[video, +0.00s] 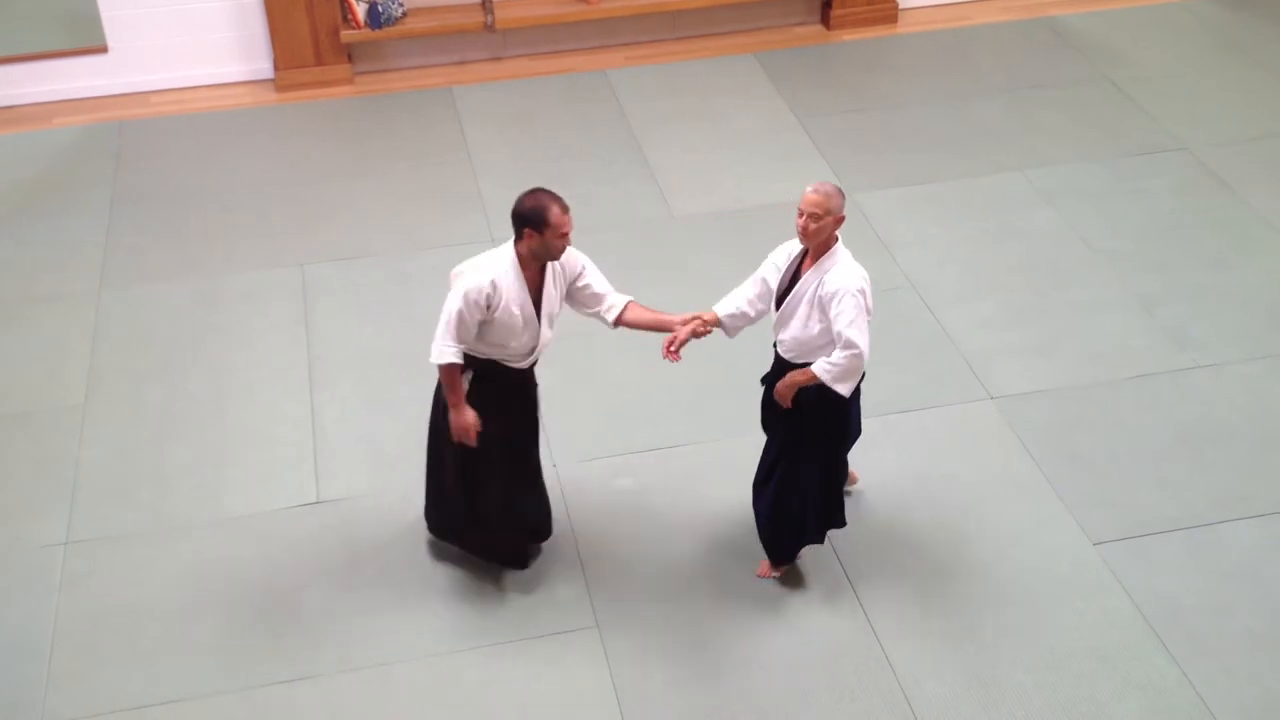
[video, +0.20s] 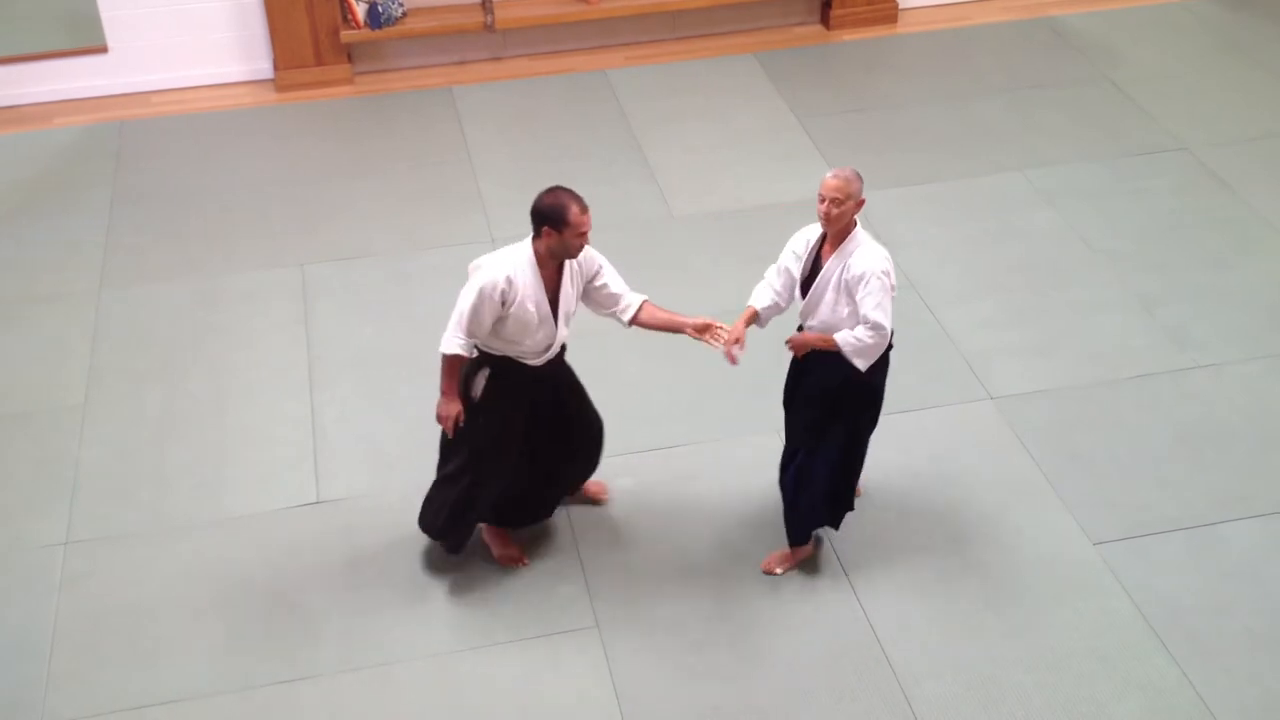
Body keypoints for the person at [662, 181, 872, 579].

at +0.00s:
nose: (803, 224)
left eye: (814, 218)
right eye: (800, 214)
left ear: (837, 223)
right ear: (796, 212)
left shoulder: (847, 281)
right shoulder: (789, 254)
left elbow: (852, 355)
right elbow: (751, 297)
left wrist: (796, 379)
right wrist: (700, 323)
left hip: (821, 391)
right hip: (785, 373)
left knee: (782, 474)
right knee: (792, 441)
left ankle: (782, 555)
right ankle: (838, 474)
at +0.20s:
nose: (824, 209)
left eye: (835, 203)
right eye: (821, 199)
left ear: (858, 206)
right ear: (817, 198)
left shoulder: (871, 262)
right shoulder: (808, 239)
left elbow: (875, 334)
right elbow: (779, 283)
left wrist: (818, 340)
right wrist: (743, 321)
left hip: (852, 368)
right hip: (809, 357)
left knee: (825, 449)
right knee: (800, 441)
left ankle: (803, 544)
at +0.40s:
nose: (852, 201)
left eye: (863, 196)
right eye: (848, 192)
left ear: (884, 198)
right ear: (843, 190)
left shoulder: (899, 251)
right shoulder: (831, 231)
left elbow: (896, 321)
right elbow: (805, 274)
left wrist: (841, 316)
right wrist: (788, 314)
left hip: (884, 347)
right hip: (839, 339)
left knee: (880, 425)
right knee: (813, 410)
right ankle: (822, 482)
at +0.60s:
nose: (889, 195)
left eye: (899, 190)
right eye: (886, 186)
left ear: (922, 193)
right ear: (881, 185)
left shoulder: (935, 246)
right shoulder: (873, 221)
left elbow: (918, 314)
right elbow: (845, 261)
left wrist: (863, 301)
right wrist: (824, 300)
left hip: (915, 340)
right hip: (867, 329)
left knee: (931, 405)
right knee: (838, 403)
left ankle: (975, 458)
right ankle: (838, 480)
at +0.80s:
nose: (931, 190)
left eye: (940, 186)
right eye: (929, 181)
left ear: (966, 189)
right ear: (926, 178)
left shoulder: (979, 241)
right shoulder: (920, 214)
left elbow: (948, 304)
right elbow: (889, 254)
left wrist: (893, 294)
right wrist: (853, 288)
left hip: (962, 333)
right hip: (915, 322)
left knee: (971, 399)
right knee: (873, 391)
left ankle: (988, 462)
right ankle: (856, 473)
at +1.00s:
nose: (961, 184)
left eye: (970, 178)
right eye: (960, 175)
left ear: (997, 181)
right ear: (960, 170)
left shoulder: (1008, 231)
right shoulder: (956, 201)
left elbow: (967, 287)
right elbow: (916, 237)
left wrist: (900, 279)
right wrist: (869, 271)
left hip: (981, 327)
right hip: (939, 314)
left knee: (975, 398)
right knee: (904, 381)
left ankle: (988, 462)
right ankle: (884, 454)